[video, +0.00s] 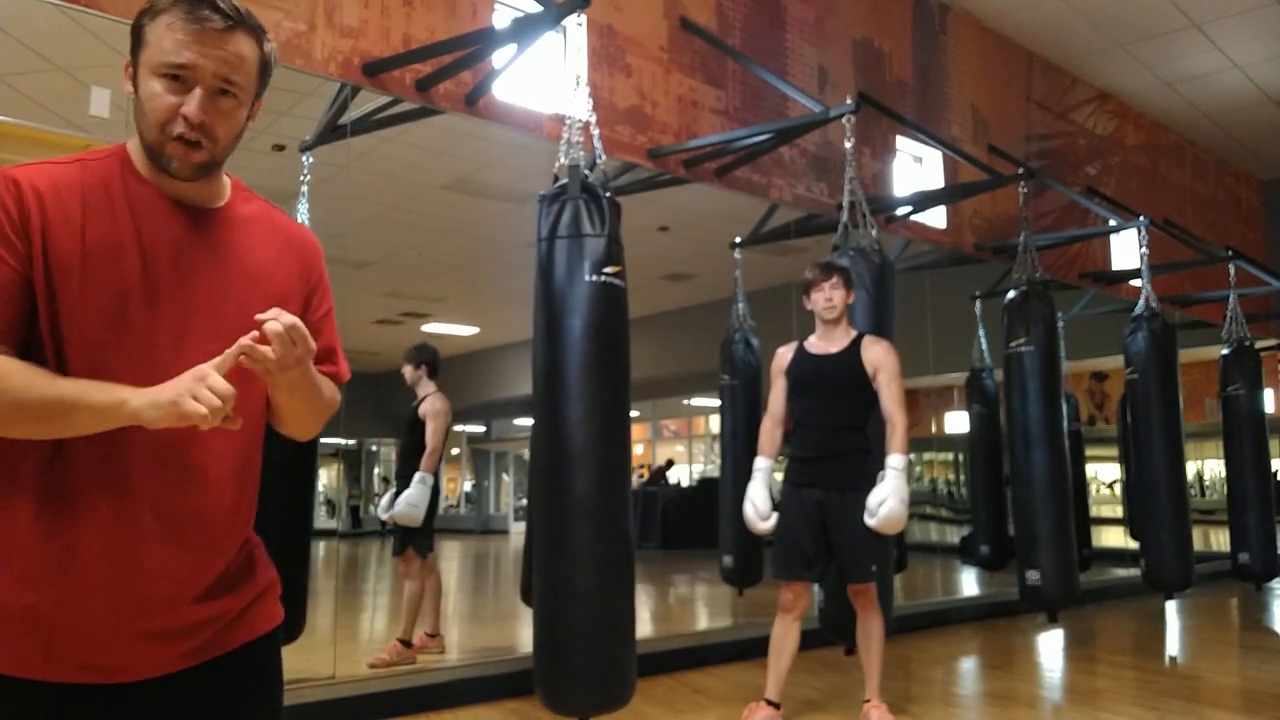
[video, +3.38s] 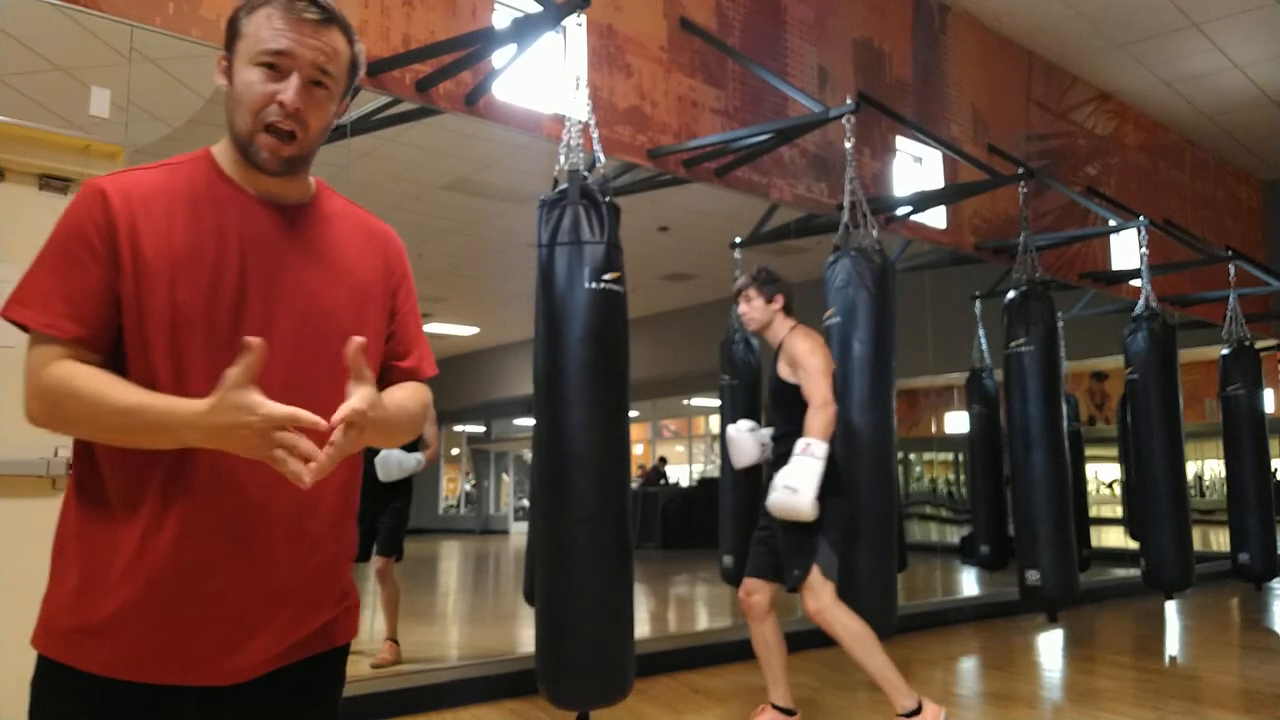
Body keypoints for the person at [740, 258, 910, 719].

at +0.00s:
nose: (827, 296)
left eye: (835, 289)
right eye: (819, 290)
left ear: (849, 296)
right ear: (808, 299)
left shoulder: (876, 351)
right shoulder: (787, 356)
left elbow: (895, 418)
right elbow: (773, 421)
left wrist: (895, 475)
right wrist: (760, 477)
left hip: (858, 491)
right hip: (801, 491)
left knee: (864, 596)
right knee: (789, 598)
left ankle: (873, 700)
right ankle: (771, 702)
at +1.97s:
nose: (868, 295)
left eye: (878, 286)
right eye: (859, 287)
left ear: (897, 294)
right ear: (850, 294)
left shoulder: (914, 352)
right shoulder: (818, 342)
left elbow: (930, 423)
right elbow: (784, 407)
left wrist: (917, 440)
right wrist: (768, 470)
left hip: (883, 498)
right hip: (824, 496)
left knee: (892, 608)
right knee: (790, 606)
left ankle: (893, 716)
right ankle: (744, 687)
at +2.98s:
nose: (812, 298)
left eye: (822, 289)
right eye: (808, 289)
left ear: (849, 294)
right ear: (802, 297)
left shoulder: (885, 343)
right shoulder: (795, 347)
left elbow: (921, 413)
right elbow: (777, 414)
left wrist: (887, 439)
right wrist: (762, 467)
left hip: (872, 497)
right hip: (811, 495)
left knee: (879, 608)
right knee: (774, 599)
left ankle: (895, 713)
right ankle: (780, 705)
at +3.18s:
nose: (760, 304)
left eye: (768, 294)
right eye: (757, 297)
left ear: (797, 294)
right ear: (765, 303)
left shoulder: (831, 339)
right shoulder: (790, 349)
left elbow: (870, 403)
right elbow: (799, 407)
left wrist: (840, 458)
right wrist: (771, 441)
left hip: (843, 484)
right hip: (800, 485)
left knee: (840, 602)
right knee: (764, 598)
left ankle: (920, 710)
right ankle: (783, 706)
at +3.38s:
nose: (741, 309)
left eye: (748, 300)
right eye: (739, 302)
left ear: (776, 302)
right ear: (762, 306)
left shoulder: (802, 342)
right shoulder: (782, 349)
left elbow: (824, 406)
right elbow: (795, 422)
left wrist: (803, 471)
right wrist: (759, 443)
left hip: (812, 486)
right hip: (783, 486)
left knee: (819, 603)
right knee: (754, 596)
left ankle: (911, 706)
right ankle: (781, 707)